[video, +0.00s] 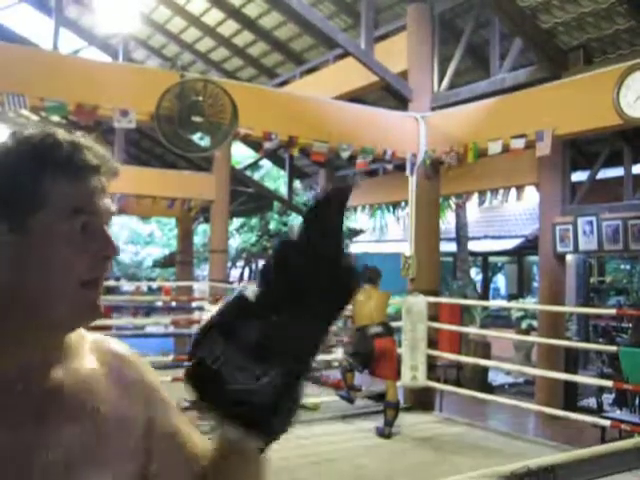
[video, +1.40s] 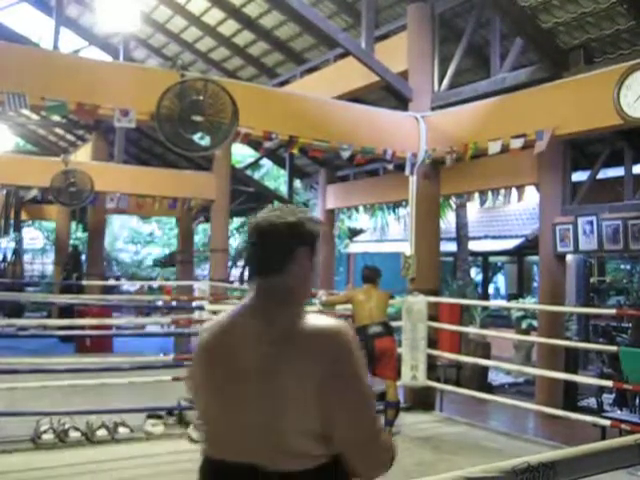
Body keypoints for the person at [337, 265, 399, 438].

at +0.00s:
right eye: (377, 280)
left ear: (362, 280)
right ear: (378, 281)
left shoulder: (356, 297)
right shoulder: (384, 296)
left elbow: (353, 318)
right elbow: (381, 313)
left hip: (365, 338)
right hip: (386, 337)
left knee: (347, 363)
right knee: (391, 383)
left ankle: (350, 389)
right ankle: (388, 426)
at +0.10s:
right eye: (377, 280)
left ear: (363, 280)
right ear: (378, 281)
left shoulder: (355, 295)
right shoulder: (385, 296)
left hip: (366, 338)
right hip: (386, 338)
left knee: (348, 362)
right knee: (391, 383)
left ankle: (350, 391)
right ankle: (388, 426)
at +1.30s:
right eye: (377, 279)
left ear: (362, 279)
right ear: (378, 280)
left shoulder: (354, 294)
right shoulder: (385, 295)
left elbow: (328, 301)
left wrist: (323, 296)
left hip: (366, 338)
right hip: (387, 337)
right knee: (391, 383)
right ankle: (388, 426)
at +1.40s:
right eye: (377, 279)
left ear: (363, 279)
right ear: (378, 280)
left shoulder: (354, 295)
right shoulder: (385, 295)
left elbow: (329, 301)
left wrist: (323, 297)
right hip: (386, 335)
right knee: (390, 382)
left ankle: (367, 423)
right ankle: (389, 427)